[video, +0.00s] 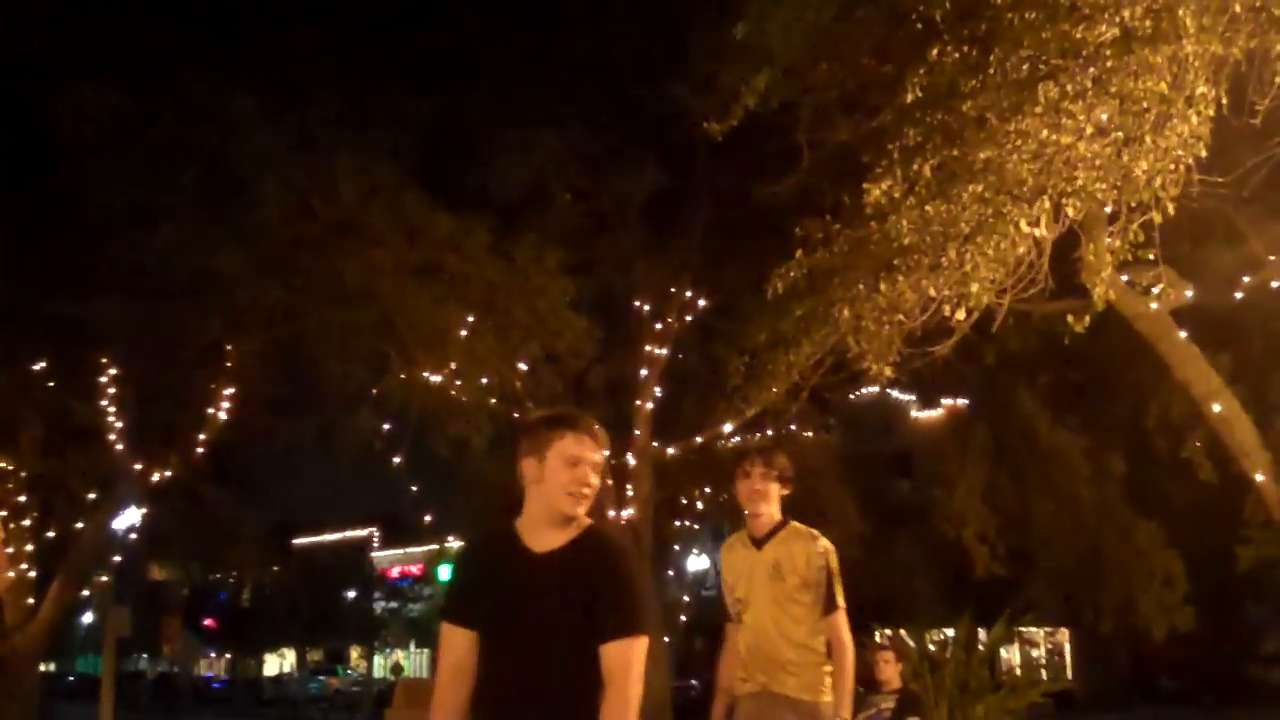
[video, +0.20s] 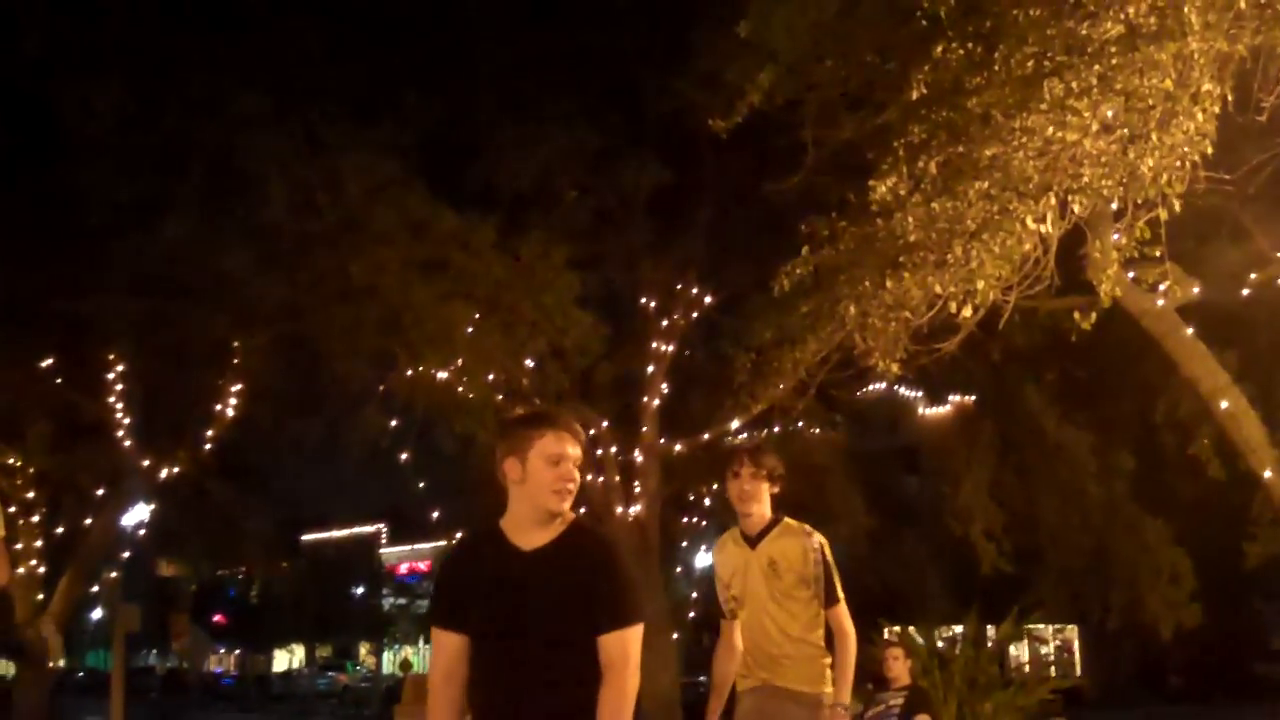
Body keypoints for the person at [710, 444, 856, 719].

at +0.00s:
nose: (755, 485)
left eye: (766, 476)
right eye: (746, 476)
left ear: (784, 487)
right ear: (734, 488)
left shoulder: (814, 547)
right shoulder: (729, 552)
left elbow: (840, 637)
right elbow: (733, 635)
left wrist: (843, 712)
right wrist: (718, 710)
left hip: (808, 700)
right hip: (750, 700)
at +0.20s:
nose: (744, 485)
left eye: (755, 476)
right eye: (735, 476)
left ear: (773, 485)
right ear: (726, 487)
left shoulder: (806, 542)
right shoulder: (724, 549)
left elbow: (843, 629)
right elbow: (729, 640)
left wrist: (841, 705)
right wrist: (712, 713)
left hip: (808, 695)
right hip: (751, 695)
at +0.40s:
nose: (747, 480)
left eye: (757, 470)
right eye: (738, 470)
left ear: (775, 477)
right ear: (728, 479)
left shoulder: (812, 533)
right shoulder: (722, 542)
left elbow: (844, 616)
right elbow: (725, 630)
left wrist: (849, 697)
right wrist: (706, 706)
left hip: (813, 686)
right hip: (755, 687)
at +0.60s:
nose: (754, 477)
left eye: (765, 467)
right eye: (746, 468)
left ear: (784, 475)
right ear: (735, 478)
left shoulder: (818, 535)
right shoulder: (729, 542)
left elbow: (850, 620)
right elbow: (728, 633)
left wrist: (861, 701)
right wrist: (701, 710)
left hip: (813, 689)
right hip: (754, 688)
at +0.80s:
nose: (769, 479)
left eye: (781, 469)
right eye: (760, 468)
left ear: (799, 477)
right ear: (751, 478)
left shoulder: (832, 539)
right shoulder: (739, 542)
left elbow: (859, 628)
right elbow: (737, 630)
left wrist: (869, 708)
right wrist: (710, 708)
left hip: (821, 693)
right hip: (760, 692)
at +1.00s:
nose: (779, 479)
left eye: (789, 470)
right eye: (770, 469)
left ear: (807, 477)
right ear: (759, 476)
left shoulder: (839, 541)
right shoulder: (745, 542)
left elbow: (860, 632)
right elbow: (740, 630)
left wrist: (867, 711)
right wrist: (718, 709)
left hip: (825, 696)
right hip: (762, 695)